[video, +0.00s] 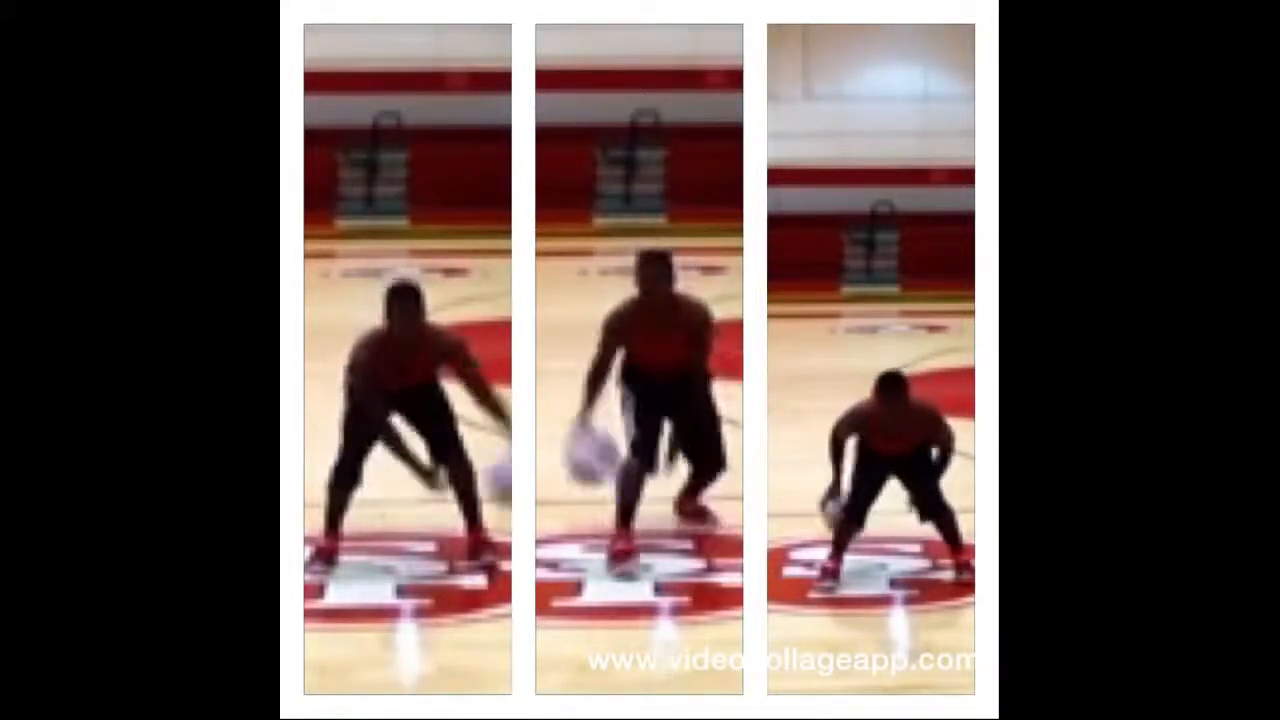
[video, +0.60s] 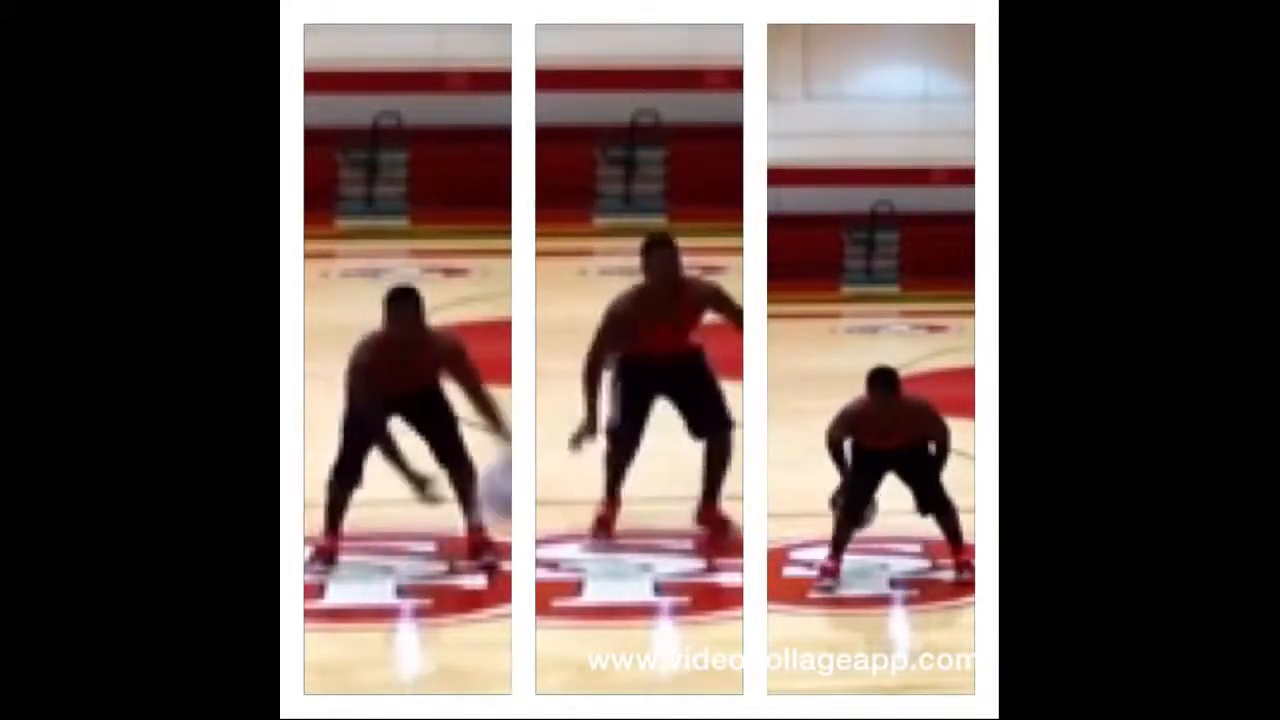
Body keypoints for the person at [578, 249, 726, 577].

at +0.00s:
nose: (651, 289)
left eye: (659, 281)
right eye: (645, 281)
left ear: (671, 280)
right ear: (637, 281)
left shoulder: (696, 317)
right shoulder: (624, 319)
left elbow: (698, 379)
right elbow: (601, 368)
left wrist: (679, 433)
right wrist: (586, 413)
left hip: (687, 386)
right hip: (644, 388)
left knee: (711, 460)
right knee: (642, 456)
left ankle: (688, 501)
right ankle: (623, 531)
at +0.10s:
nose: (648, 275)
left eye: (655, 267)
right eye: (642, 267)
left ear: (666, 267)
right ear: (632, 266)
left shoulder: (690, 304)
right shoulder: (616, 300)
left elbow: (716, 351)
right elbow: (581, 338)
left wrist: (708, 391)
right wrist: (549, 378)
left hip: (686, 372)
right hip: (640, 370)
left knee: (708, 453)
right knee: (626, 447)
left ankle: (689, 494)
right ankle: (614, 522)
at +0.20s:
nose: (647, 274)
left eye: (654, 266)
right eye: (641, 265)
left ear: (665, 265)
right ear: (632, 264)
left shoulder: (686, 300)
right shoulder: (612, 295)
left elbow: (716, 345)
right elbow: (582, 328)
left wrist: (717, 401)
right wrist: (557, 368)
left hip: (682, 367)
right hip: (636, 366)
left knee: (698, 438)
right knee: (609, 441)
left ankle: (710, 496)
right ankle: (615, 504)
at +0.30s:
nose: (650, 283)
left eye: (657, 275)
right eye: (643, 274)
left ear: (667, 275)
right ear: (634, 275)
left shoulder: (688, 315)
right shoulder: (612, 314)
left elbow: (708, 372)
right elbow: (606, 370)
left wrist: (702, 421)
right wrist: (613, 420)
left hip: (678, 379)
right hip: (633, 375)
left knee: (692, 451)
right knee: (587, 441)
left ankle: (714, 525)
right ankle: (612, 510)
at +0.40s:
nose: (654, 285)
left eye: (661, 277)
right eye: (647, 278)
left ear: (670, 278)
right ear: (637, 279)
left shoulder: (690, 318)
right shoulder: (617, 321)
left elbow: (706, 372)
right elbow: (625, 387)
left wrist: (716, 416)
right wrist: (645, 435)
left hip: (674, 392)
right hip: (629, 392)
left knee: (683, 452)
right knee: (592, 457)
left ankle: (711, 525)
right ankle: (614, 509)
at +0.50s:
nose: (660, 276)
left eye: (666, 268)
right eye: (653, 268)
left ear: (675, 268)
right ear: (641, 270)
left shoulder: (693, 300)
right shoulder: (623, 311)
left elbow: (727, 329)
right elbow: (604, 362)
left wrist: (750, 348)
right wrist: (606, 403)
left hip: (675, 370)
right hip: (629, 374)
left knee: (698, 443)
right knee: (607, 449)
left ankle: (717, 520)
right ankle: (613, 505)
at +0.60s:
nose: (666, 273)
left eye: (671, 264)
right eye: (658, 266)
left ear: (680, 264)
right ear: (645, 268)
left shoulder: (700, 294)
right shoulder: (627, 307)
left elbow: (742, 321)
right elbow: (593, 361)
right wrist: (590, 419)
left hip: (683, 363)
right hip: (636, 367)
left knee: (719, 430)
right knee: (622, 438)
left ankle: (709, 507)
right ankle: (610, 505)